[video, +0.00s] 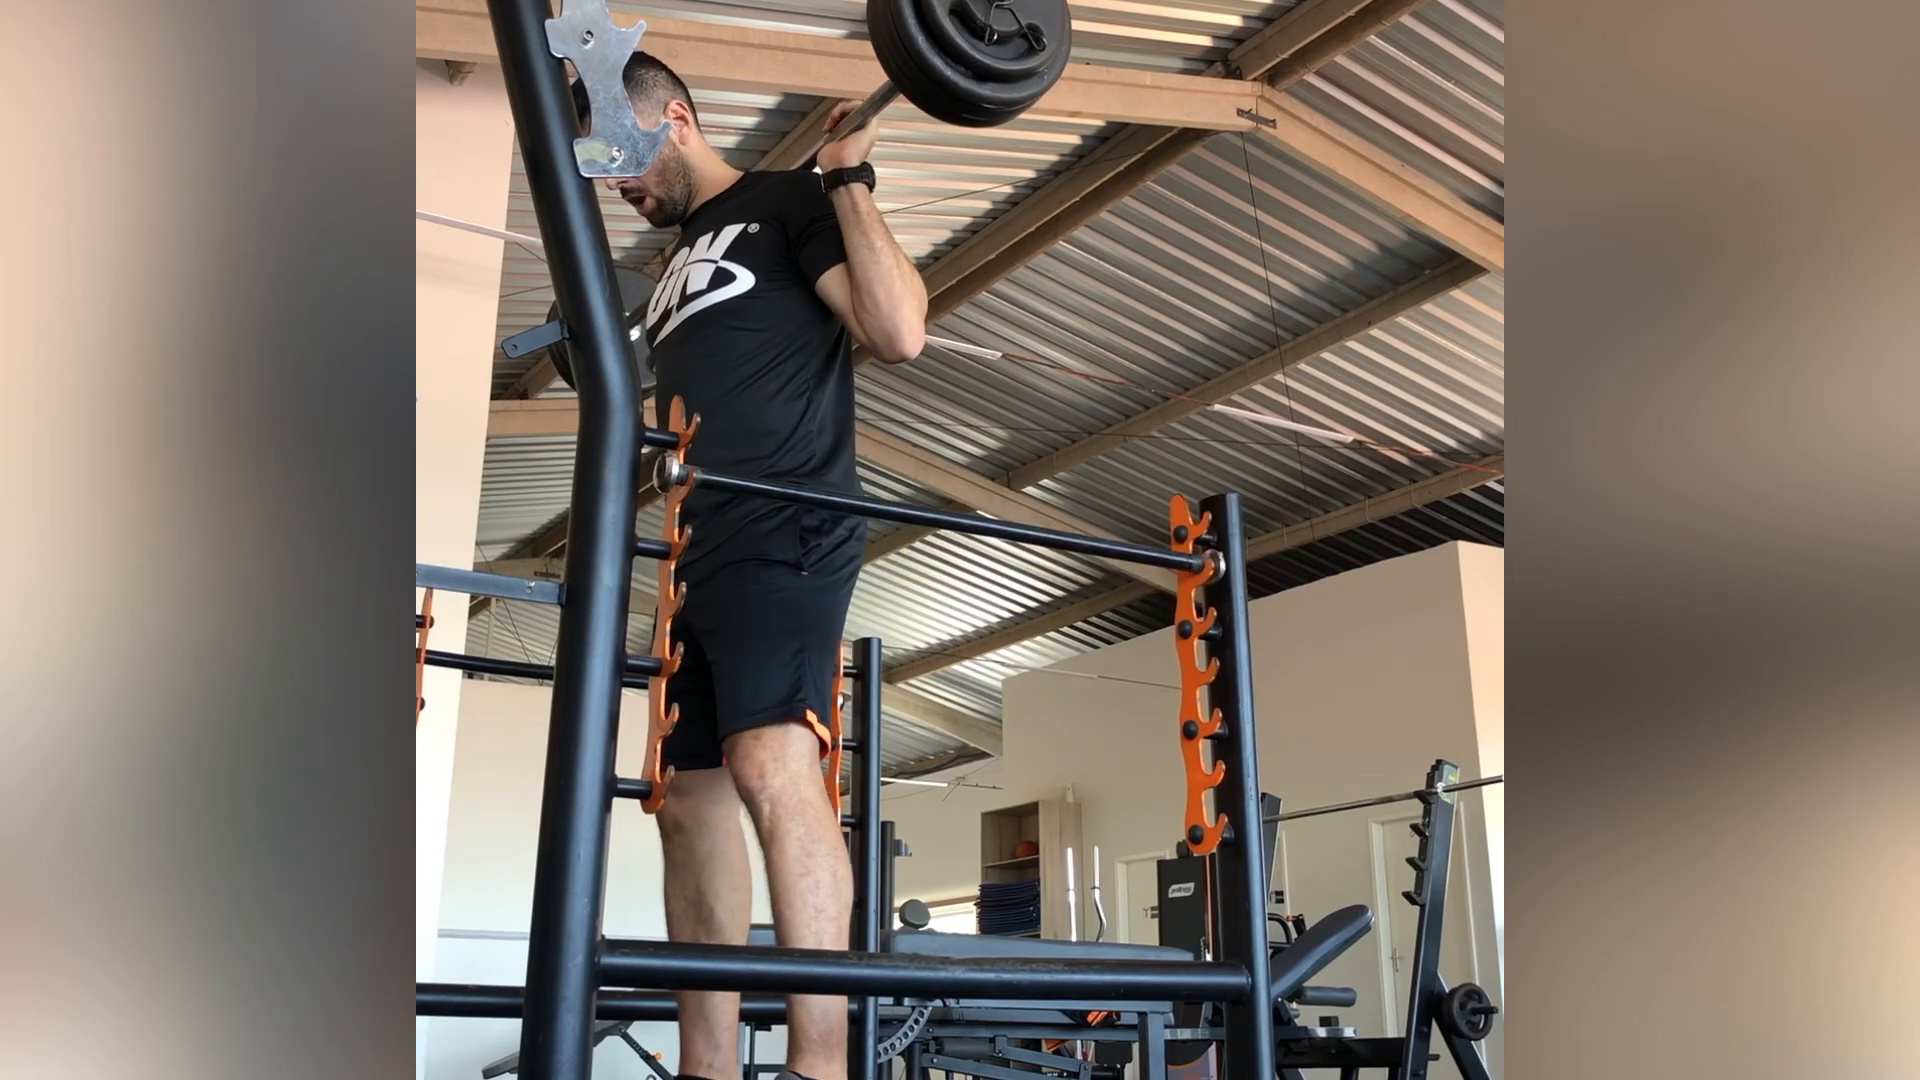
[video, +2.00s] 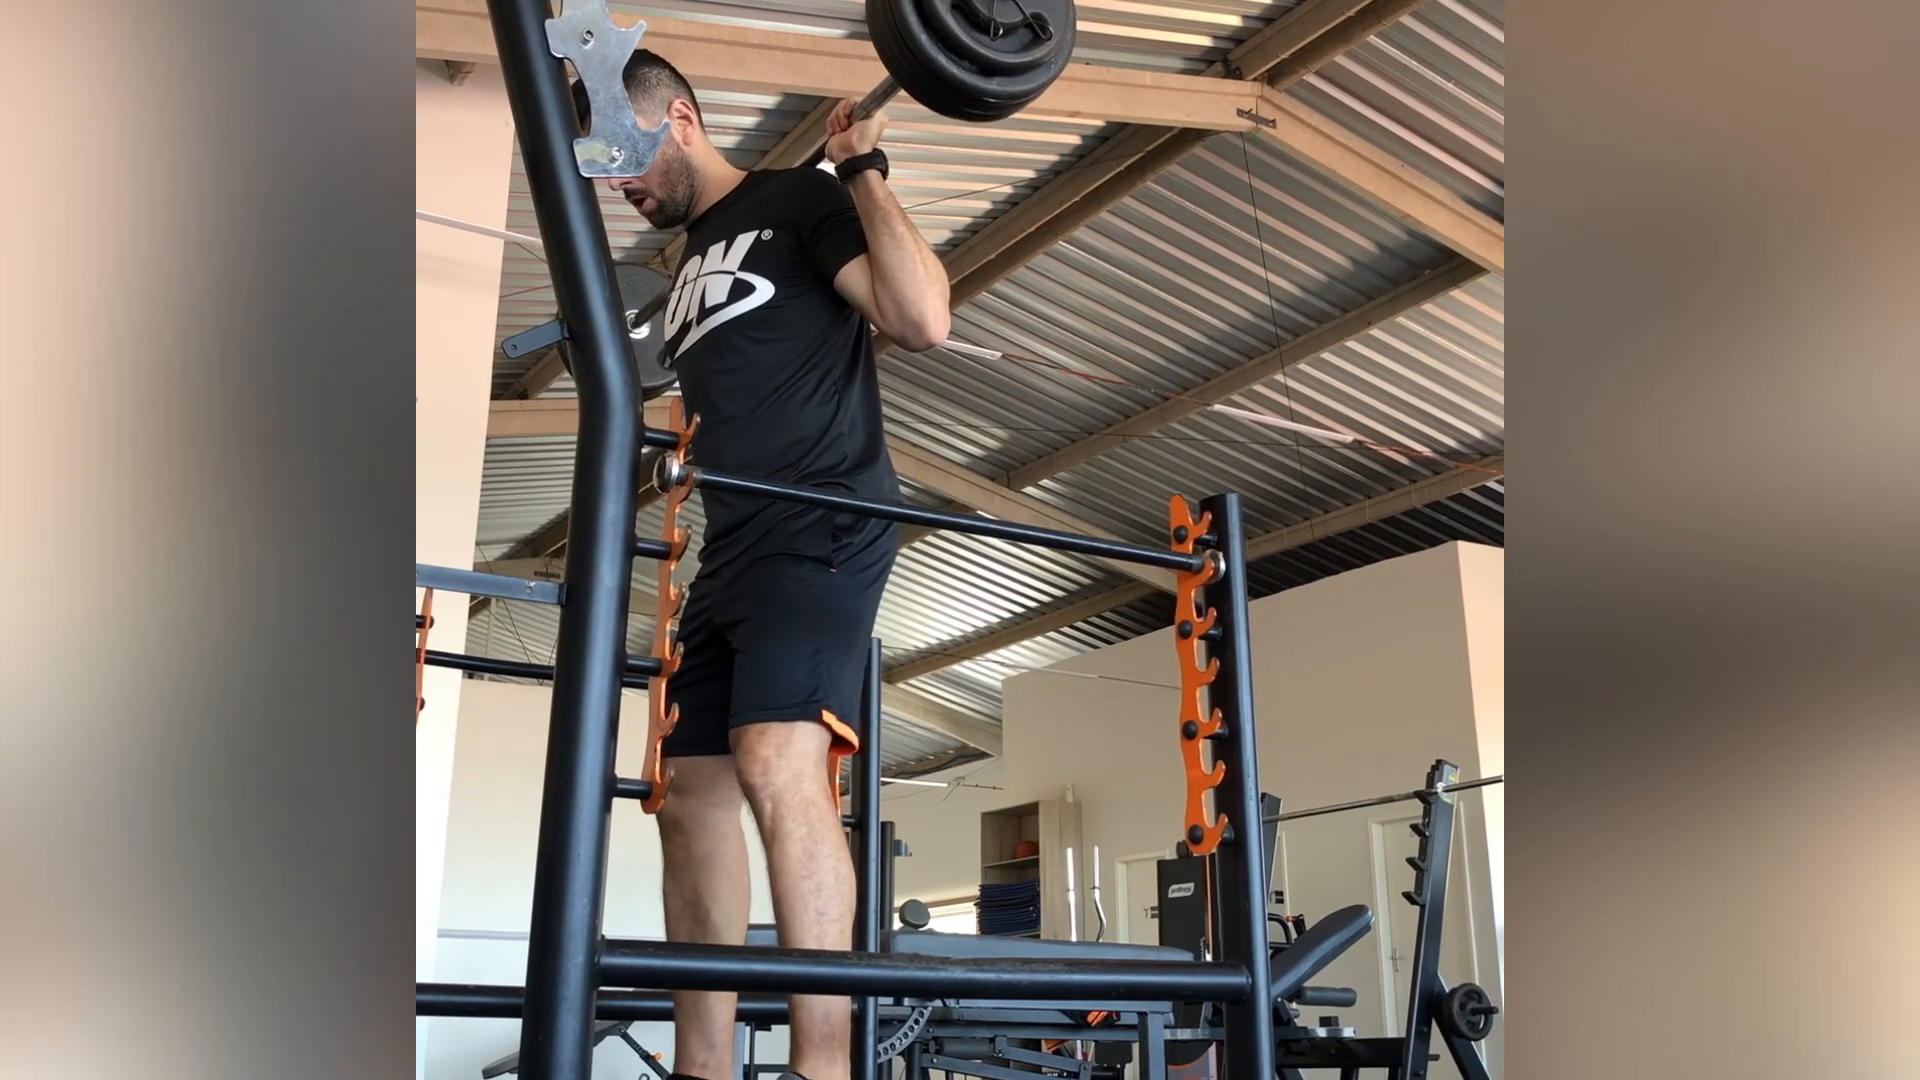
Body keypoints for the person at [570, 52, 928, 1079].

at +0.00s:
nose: (622, 185)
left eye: (629, 156)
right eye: (608, 169)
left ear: (681, 118)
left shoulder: (789, 200)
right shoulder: (675, 263)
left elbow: (900, 334)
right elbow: (691, 420)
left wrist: (851, 181)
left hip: (787, 520)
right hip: (708, 536)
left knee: (771, 758)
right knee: (690, 792)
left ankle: (821, 1063)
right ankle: (708, 1065)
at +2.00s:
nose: (622, 186)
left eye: (630, 156)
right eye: (609, 170)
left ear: (684, 120)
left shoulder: (797, 197)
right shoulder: (688, 267)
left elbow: (925, 322)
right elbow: (720, 405)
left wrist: (867, 175)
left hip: (823, 517)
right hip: (734, 536)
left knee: (778, 755)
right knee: (692, 787)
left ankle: (826, 1065)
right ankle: (702, 1067)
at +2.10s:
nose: (620, 185)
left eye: (628, 156)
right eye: (607, 170)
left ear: (682, 121)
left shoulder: (798, 199)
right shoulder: (686, 272)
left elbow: (920, 323)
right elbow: (704, 418)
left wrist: (864, 175)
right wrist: (680, 466)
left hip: (821, 516)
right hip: (732, 537)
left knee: (773, 755)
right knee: (689, 785)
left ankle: (825, 1065)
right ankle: (702, 1067)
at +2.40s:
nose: (616, 185)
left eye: (625, 156)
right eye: (602, 169)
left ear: (679, 124)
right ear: (611, 170)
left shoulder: (790, 204)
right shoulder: (679, 272)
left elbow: (914, 331)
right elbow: (712, 418)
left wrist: (855, 180)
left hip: (817, 522)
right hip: (728, 541)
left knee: (751, 753)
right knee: (681, 787)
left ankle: (816, 1061)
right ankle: (702, 1067)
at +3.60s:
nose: (570, 406)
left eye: (578, 376)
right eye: (557, 387)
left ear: (649, 350)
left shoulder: (766, 415)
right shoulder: (646, 487)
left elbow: (911, 550)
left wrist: (827, 407)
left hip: (882, 700)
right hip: (772, 721)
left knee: (690, 793)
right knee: (568, 833)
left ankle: (816, 1070)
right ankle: (685, 1074)